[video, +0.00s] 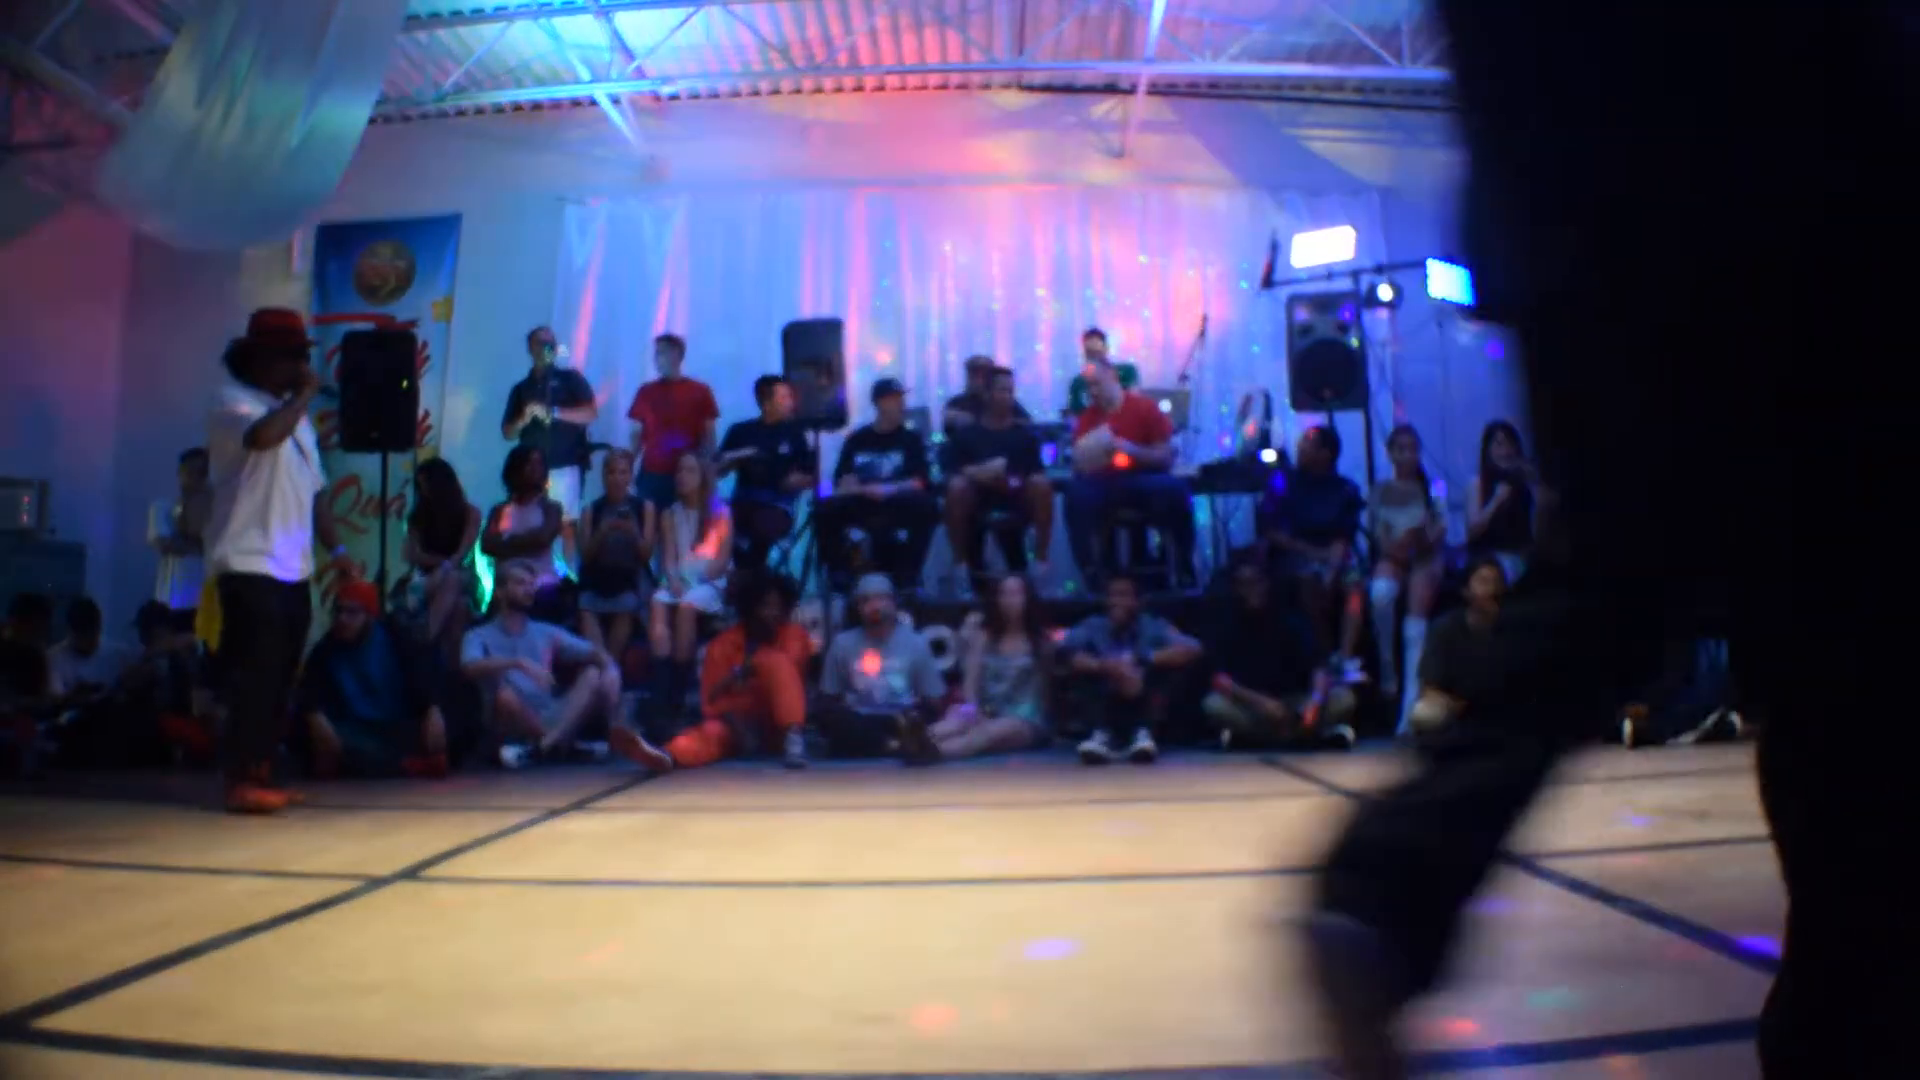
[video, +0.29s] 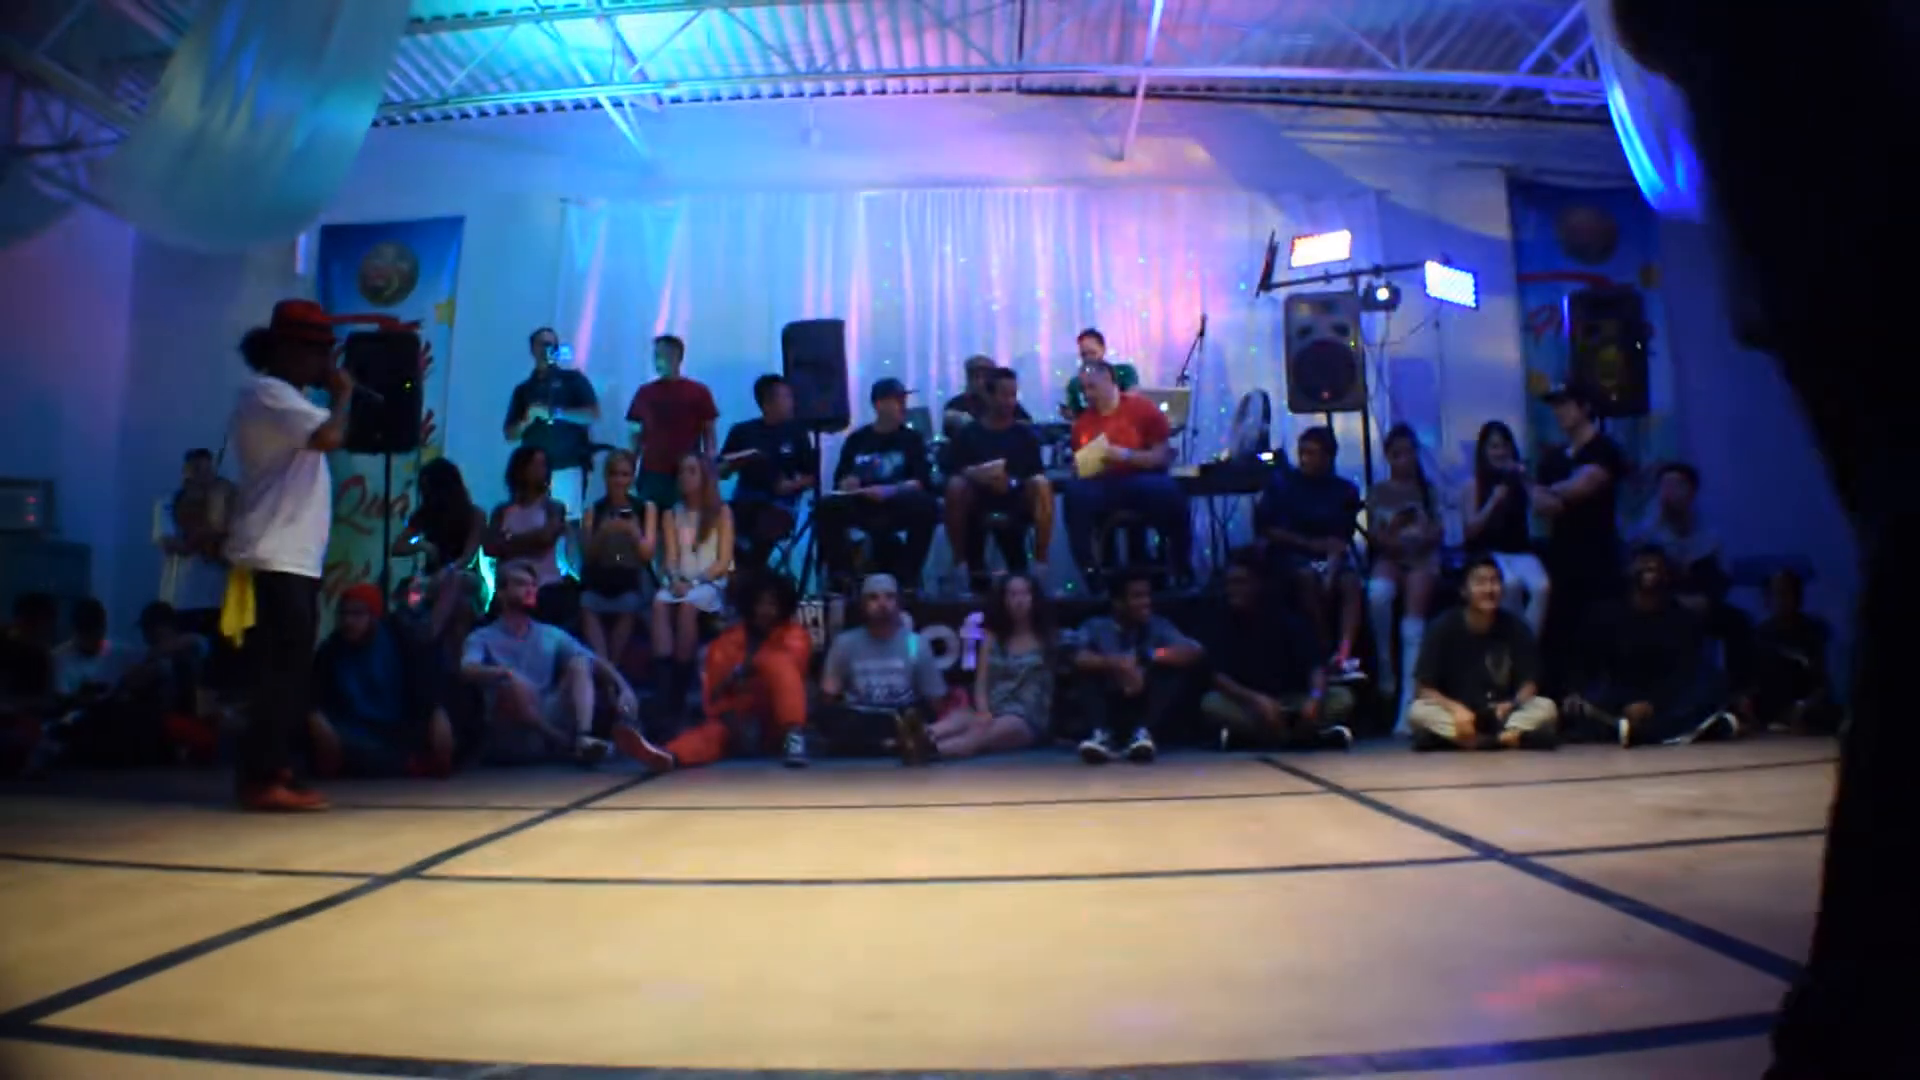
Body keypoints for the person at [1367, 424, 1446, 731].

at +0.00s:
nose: (1406, 454)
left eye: (1411, 447)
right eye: (1399, 448)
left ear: (1419, 451)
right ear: (1390, 452)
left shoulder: (1430, 487)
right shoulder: (1380, 491)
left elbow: (1440, 526)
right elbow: (1373, 529)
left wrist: (1417, 542)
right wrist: (1394, 546)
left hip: (1423, 557)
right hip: (1390, 557)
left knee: (1415, 627)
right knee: (1380, 595)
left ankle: (1411, 706)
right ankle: (1387, 669)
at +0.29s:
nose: (1401, 459)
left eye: (1406, 452)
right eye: (1395, 453)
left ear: (1416, 455)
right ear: (1387, 457)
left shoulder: (1428, 490)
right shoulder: (1378, 492)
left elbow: (1437, 530)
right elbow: (1373, 534)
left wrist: (1404, 538)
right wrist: (1397, 540)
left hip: (1420, 559)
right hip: (1388, 558)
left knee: (1412, 628)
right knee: (1378, 594)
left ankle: (1408, 702)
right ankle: (1385, 669)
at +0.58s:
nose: (1399, 460)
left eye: (1404, 453)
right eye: (1393, 454)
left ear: (1413, 454)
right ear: (1385, 457)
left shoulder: (1425, 489)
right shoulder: (1375, 491)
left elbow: (1433, 535)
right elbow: (1371, 534)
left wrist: (1412, 515)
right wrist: (1385, 514)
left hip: (1419, 554)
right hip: (1386, 553)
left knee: (1409, 626)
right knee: (1375, 595)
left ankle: (1404, 708)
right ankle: (1382, 670)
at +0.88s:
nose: (1401, 458)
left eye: (1406, 452)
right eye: (1395, 452)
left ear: (1415, 454)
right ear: (1387, 456)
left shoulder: (1428, 488)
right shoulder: (1377, 492)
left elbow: (1436, 532)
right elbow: (1374, 535)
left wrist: (1418, 511)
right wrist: (1391, 516)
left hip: (1421, 552)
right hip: (1389, 553)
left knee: (1413, 626)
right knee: (1378, 593)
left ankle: (1408, 709)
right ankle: (1385, 669)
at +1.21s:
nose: (1399, 455)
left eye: (1406, 449)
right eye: (1393, 449)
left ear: (1416, 453)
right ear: (1386, 454)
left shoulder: (1429, 489)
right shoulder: (1377, 491)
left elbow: (1436, 533)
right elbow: (1374, 534)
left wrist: (1418, 511)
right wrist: (1392, 515)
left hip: (1421, 553)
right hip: (1389, 553)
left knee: (1413, 626)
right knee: (1378, 595)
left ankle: (1408, 709)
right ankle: (1385, 670)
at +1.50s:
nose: (1398, 453)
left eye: (1404, 447)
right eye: (1392, 448)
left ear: (1416, 452)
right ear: (1385, 453)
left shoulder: (1429, 489)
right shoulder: (1377, 491)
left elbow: (1436, 533)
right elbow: (1373, 536)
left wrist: (1419, 507)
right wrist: (1389, 517)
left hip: (1422, 554)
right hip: (1389, 554)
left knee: (1412, 625)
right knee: (1378, 593)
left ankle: (1408, 709)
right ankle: (1385, 672)